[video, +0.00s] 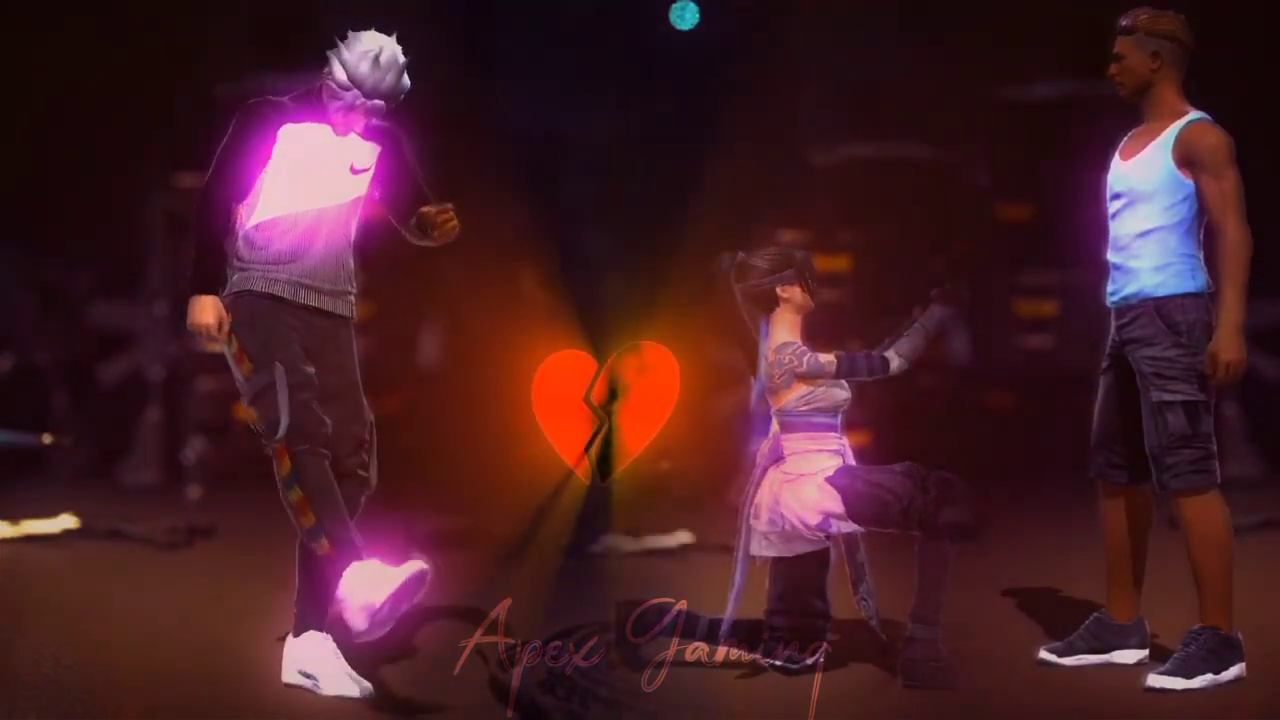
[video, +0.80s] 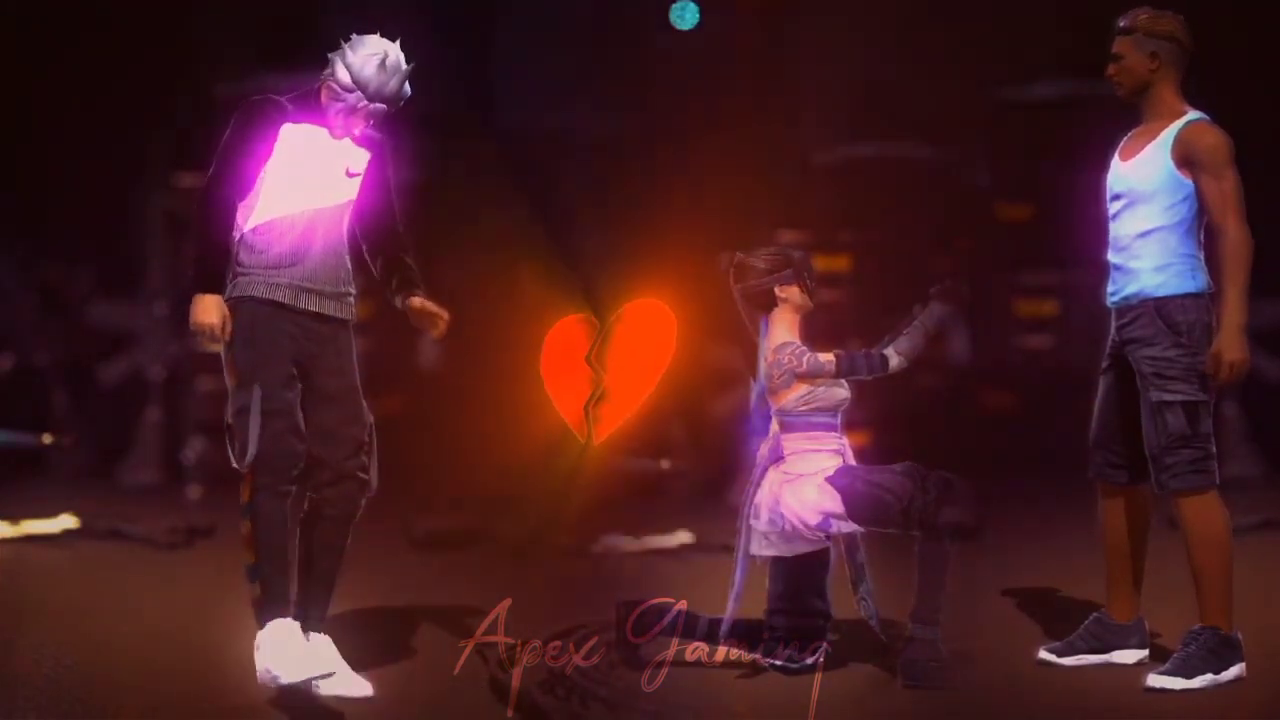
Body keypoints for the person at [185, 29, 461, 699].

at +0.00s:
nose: (360, 121)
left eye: (374, 112)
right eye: (353, 105)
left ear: (385, 105)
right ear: (332, 84)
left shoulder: (384, 141)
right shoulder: (270, 117)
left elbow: (404, 216)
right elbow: (218, 201)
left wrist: (429, 225)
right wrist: (204, 285)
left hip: (333, 311)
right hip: (263, 297)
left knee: (353, 464)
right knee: (297, 438)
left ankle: (308, 638)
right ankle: (355, 574)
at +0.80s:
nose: (358, 126)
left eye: (373, 116)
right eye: (352, 109)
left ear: (386, 111)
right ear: (329, 86)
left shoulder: (376, 148)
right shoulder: (270, 116)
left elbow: (383, 235)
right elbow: (221, 198)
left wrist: (409, 292)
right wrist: (208, 285)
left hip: (332, 321)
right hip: (262, 309)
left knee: (346, 469)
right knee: (278, 464)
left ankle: (312, 628)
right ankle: (274, 627)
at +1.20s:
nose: (357, 123)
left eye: (371, 114)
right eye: (351, 105)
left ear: (384, 110)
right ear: (329, 83)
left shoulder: (373, 153)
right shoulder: (269, 119)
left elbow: (376, 245)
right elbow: (220, 200)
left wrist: (399, 317)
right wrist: (210, 287)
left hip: (333, 324)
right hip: (264, 311)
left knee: (343, 474)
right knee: (263, 467)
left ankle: (309, 637)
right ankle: (246, 635)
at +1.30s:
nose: (358, 124)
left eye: (371, 115)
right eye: (352, 106)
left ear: (383, 111)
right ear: (328, 85)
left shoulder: (371, 153)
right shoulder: (265, 118)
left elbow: (374, 247)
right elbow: (218, 199)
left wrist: (394, 327)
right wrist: (212, 284)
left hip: (332, 325)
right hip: (262, 313)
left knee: (344, 475)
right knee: (254, 467)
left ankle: (307, 639)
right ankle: (230, 638)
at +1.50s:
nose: (355, 124)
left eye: (369, 114)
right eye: (348, 106)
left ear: (383, 109)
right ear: (325, 85)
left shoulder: (373, 154)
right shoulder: (265, 118)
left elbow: (373, 249)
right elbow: (217, 197)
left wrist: (387, 333)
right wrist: (213, 284)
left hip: (334, 326)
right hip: (260, 315)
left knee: (345, 477)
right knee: (245, 469)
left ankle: (307, 639)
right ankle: (213, 638)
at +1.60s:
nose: (354, 122)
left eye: (368, 113)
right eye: (348, 105)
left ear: (382, 109)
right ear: (325, 84)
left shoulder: (372, 154)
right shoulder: (264, 118)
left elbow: (372, 250)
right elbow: (217, 196)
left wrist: (384, 336)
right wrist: (213, 284)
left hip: (335, 327)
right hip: (260, 315)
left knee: (344, 477)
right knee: (239, 469)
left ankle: (306, 639)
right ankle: (207, 636)